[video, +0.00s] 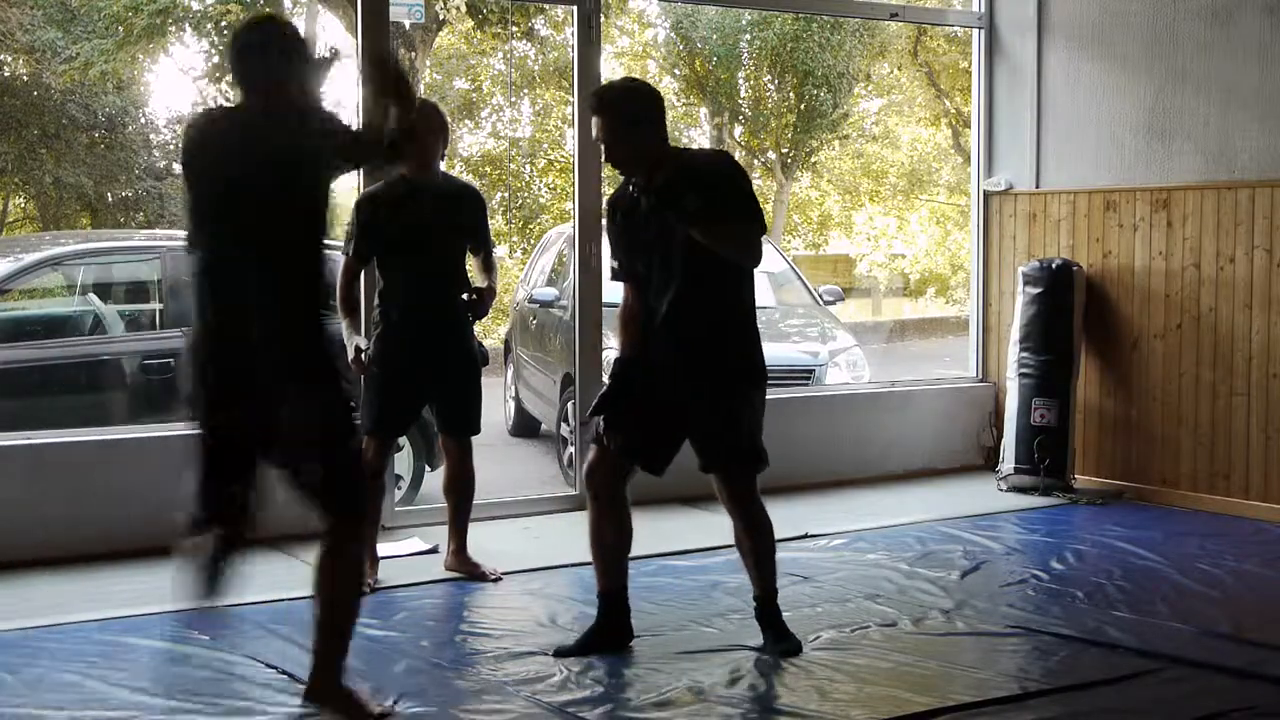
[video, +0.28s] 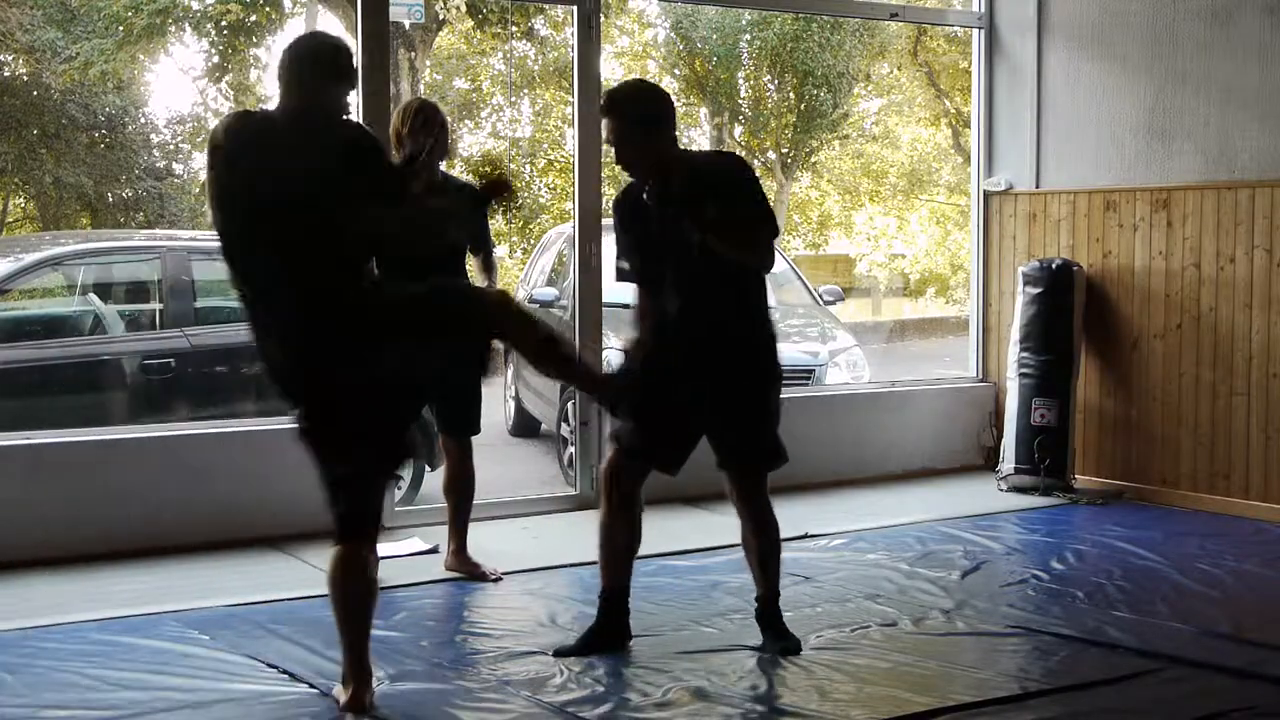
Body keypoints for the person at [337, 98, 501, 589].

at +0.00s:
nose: (429, 145)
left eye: (435, 135)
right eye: (420, 135)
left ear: (446, 139)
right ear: (403, 139)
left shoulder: (466, 197)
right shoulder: (374, 202)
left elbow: (485, 258)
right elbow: (350, 277)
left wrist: (488, 292)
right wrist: (354, 340)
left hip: (451, 336)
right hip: (393, 338)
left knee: (457, 446)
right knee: (374, 450)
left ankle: (457, 550)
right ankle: (366, 557)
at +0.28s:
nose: (429, 142)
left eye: (436, 132)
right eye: (420, 132)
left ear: (446, 138)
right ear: (400, 136)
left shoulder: (462, 196)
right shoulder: (379, 189)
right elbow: (361, 258)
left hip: (452, 329)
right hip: (391, 326)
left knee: (456, 443)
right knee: (381, 435)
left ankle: (457, 550)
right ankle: (363, 548)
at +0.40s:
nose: (427, 143)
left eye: (435, 134)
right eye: (418, 133)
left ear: (447, 140)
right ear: (398, 137)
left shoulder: (464, 198)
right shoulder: (376, 189)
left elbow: (487, 264)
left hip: (450, 331)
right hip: (391, 328)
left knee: (456, 446)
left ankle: (457, 549)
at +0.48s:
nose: (428, 144)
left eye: (435, 133)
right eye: (418, 133)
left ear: (447, 139)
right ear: (398, 136)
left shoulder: (464, 198)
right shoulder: (376, 186)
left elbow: (483, 268)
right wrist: (482, 267)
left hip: (451, 331)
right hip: (393, 326)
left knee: (456, 446)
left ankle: (457, 549)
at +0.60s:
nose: (429, 144)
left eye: (434, 134)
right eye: (422, 134)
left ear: (444, 138)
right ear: (406, 134)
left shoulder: (463, 195)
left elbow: (485, 264)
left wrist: (489, 298)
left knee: (457, 444)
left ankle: (458, 549)